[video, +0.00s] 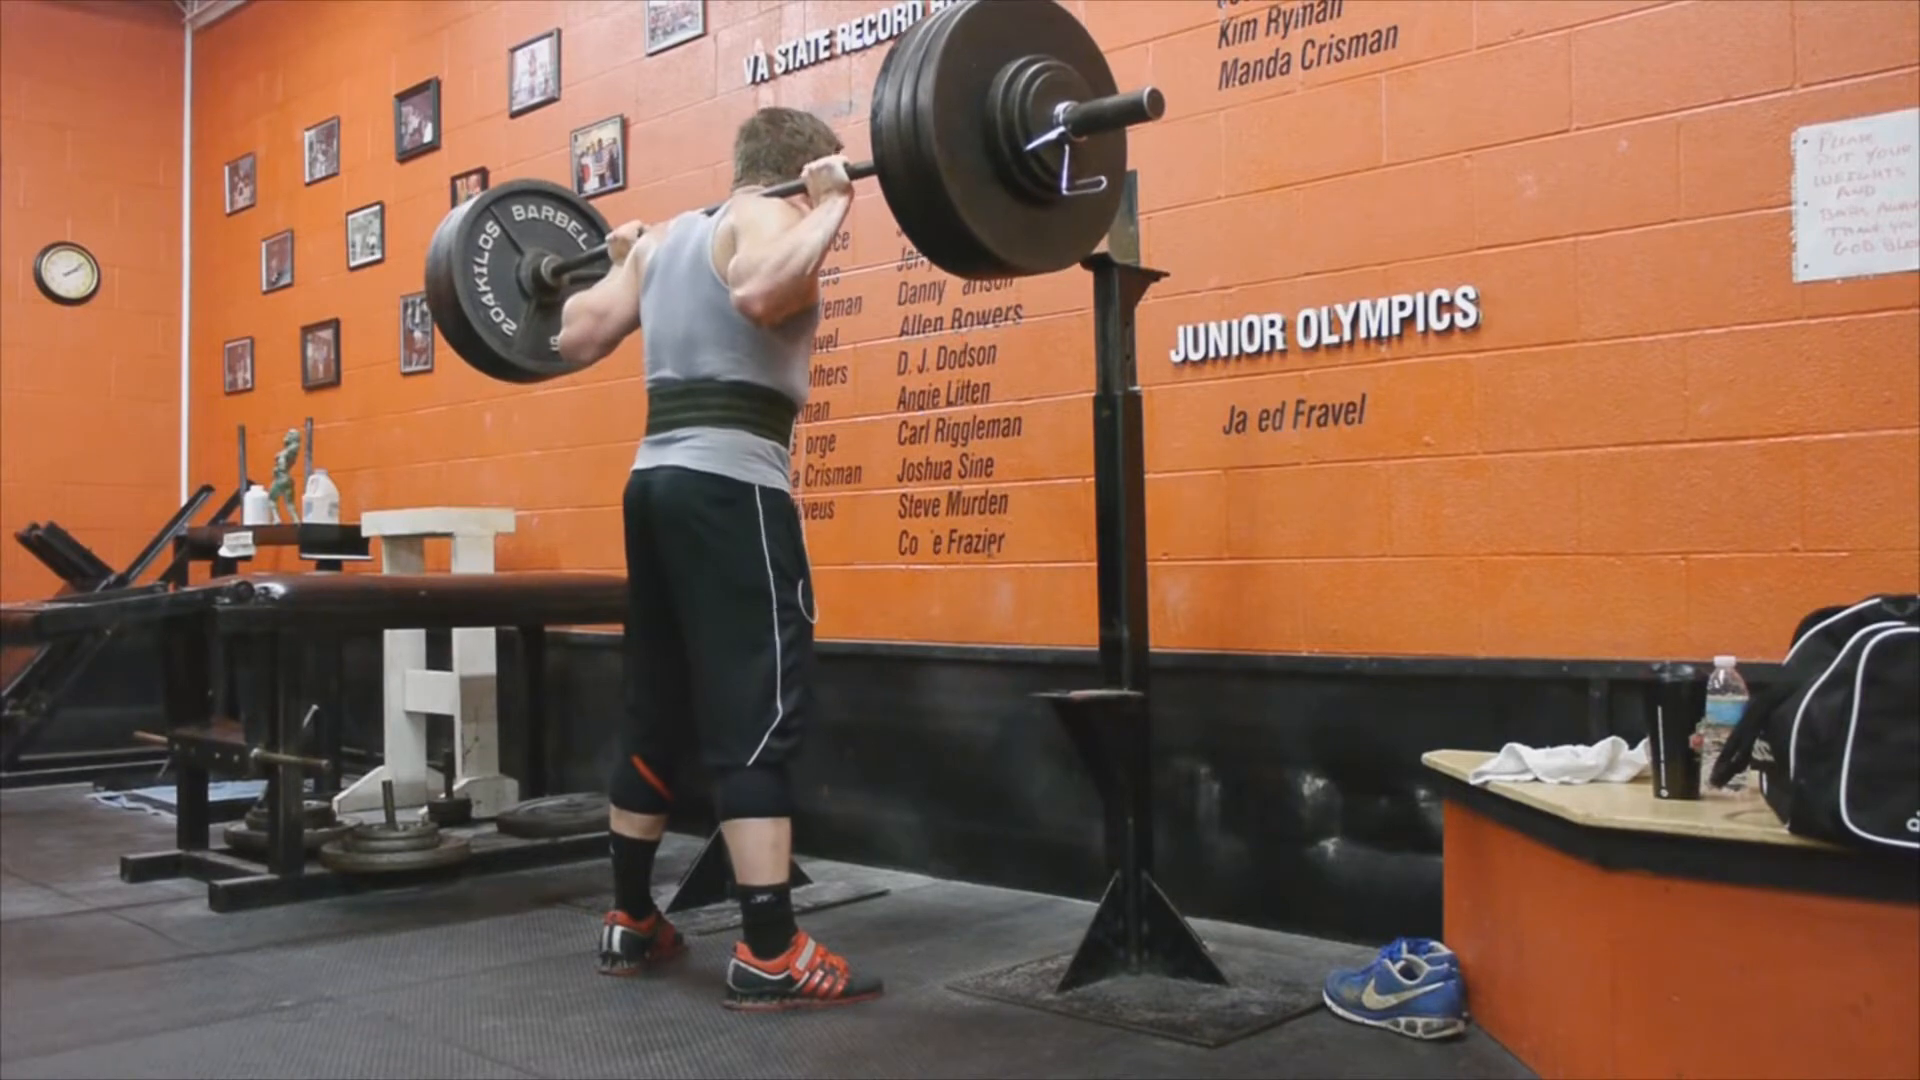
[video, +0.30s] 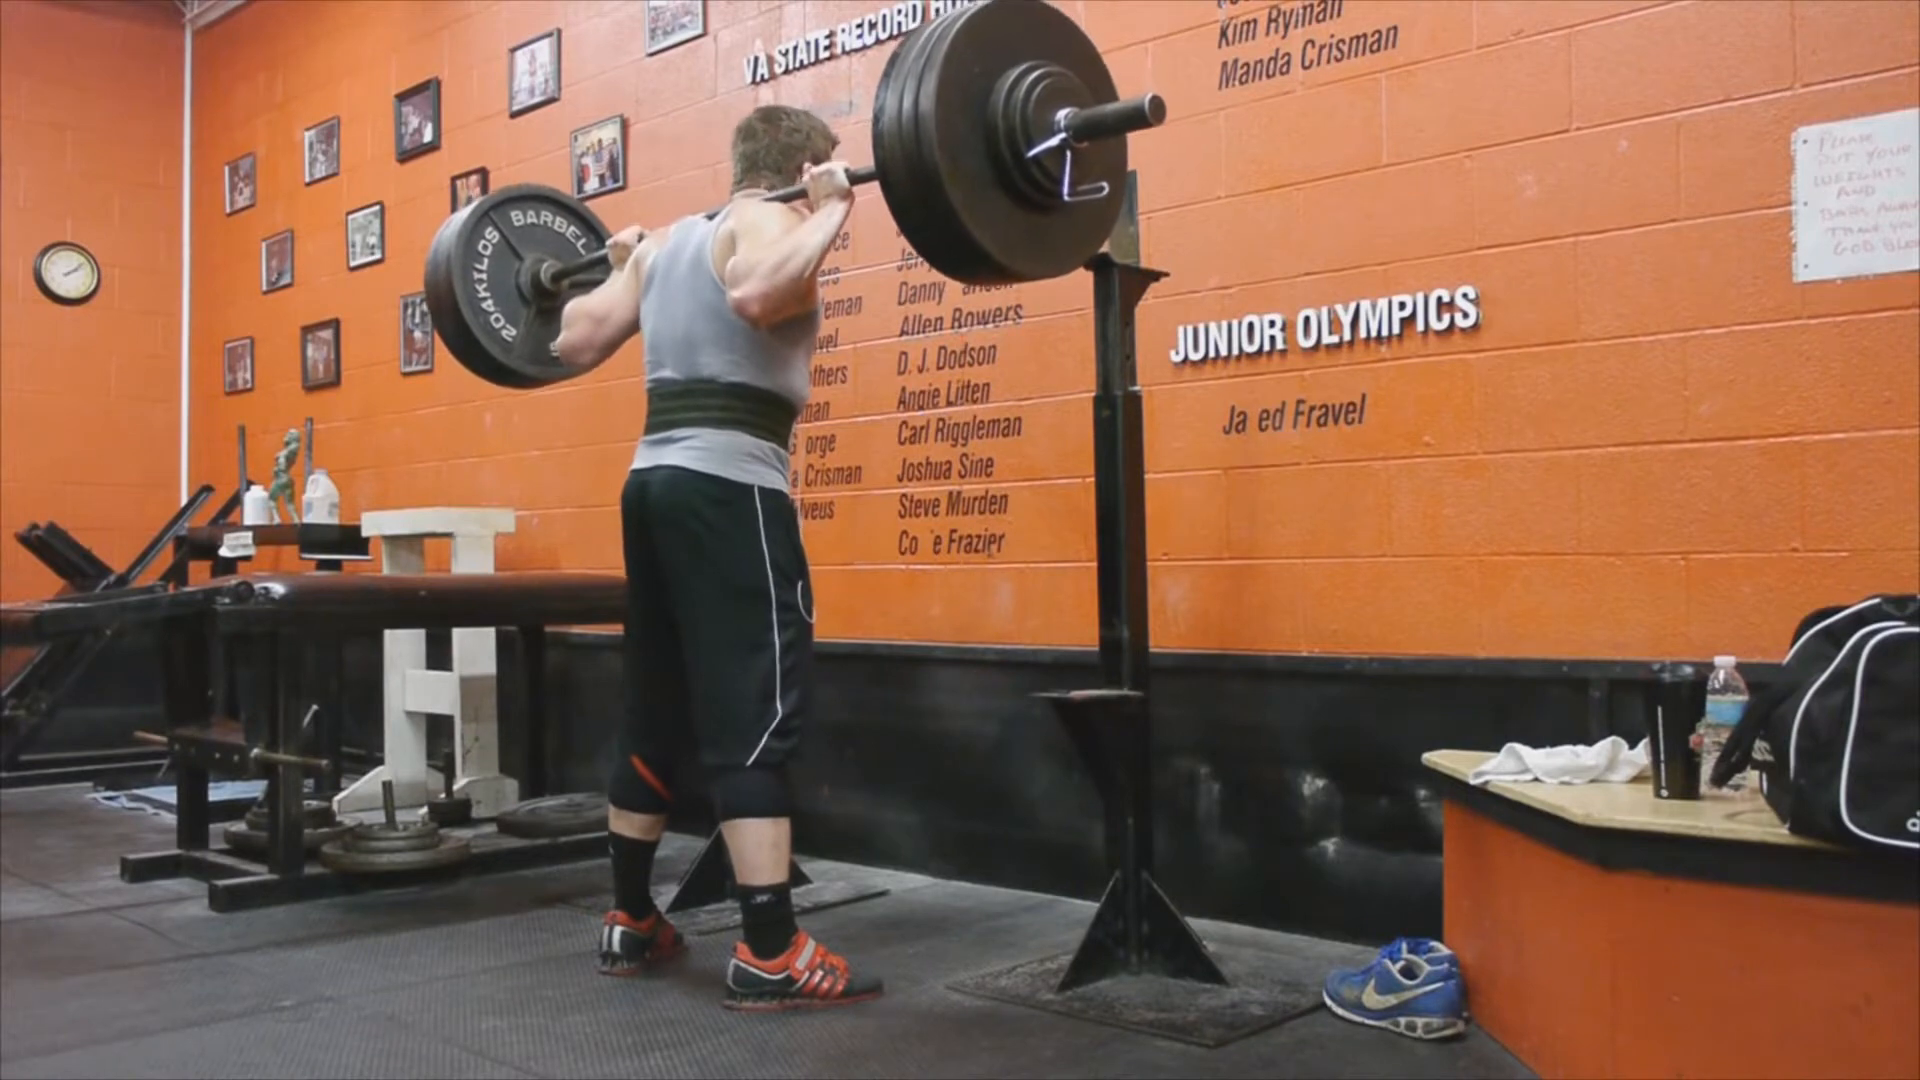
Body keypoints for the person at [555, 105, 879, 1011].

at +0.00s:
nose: (832, 201)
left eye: (835, 183)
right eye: (828, 182)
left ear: (739, 167)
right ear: (804, 173)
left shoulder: (666, 240)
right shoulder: (770, 212)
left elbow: (572, 335)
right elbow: (759, 295)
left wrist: (617, 262)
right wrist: (833, 205)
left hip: (656, 487)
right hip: (731, 489)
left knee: (661, 710)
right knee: (758, 713)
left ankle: (631, 920)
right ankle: (769, 946)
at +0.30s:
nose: (832, 198)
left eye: (835, 181)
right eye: (829, 181)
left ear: (739, 173)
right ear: (800, 174)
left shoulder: (667, 244)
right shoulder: (769, 219)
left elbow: (571, 341)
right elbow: (755, 296)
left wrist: (616, 264)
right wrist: (833, 214)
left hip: (654, 486)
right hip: (729, 488)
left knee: (660, 708)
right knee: (756, 713)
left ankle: (631, 919)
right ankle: (769, 946)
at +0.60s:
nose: (828, 195)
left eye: (828, 178)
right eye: (826, 178)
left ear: (733, 177)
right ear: (798, 173)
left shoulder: (664, 252)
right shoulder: (771, 225)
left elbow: (569, 352)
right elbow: (752, 299)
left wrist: (615, 273)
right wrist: (830, 222)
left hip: (654, 486)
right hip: (729, 488)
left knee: (660, 708)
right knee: (756, 713)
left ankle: (632, 920)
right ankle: (770, 946)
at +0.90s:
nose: (825, 193)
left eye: (826, 177)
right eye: (824, 177)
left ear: (735, 175)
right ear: (798, 172)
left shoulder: (664, 253)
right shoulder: (772, 227)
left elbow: (568, 352)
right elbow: (752, 300)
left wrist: (613, 273)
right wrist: (832, 227)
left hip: (652, 485)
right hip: (727, 488)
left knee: (658, 707)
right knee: (756, 713)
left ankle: (631, 920)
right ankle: (770, 946)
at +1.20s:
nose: (827, 191)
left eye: (827, 175)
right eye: (825, 175)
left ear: (736, 174)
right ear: (800, 169)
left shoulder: (664, 251)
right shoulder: (775, 226)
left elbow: (566, 349)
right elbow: (753, 302)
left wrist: (608, 272)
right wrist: (834, 228)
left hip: (654, 484)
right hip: (730, 487)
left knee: (659, 708)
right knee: (757, 712)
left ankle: (631, 920)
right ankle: (770, 946)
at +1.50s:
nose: (825, 189)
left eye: (824, 174)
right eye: (823, 174)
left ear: (737, 171)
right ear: (800, 169)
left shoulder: (664, 251)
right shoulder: (773, 227)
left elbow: (564, 347)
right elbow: (753, 303)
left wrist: (607, 273)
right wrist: (833, 229)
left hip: (650, 486)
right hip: (725, 488)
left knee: (658, 708)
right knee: (758, 713)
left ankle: (631, 920)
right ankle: (770, 947)